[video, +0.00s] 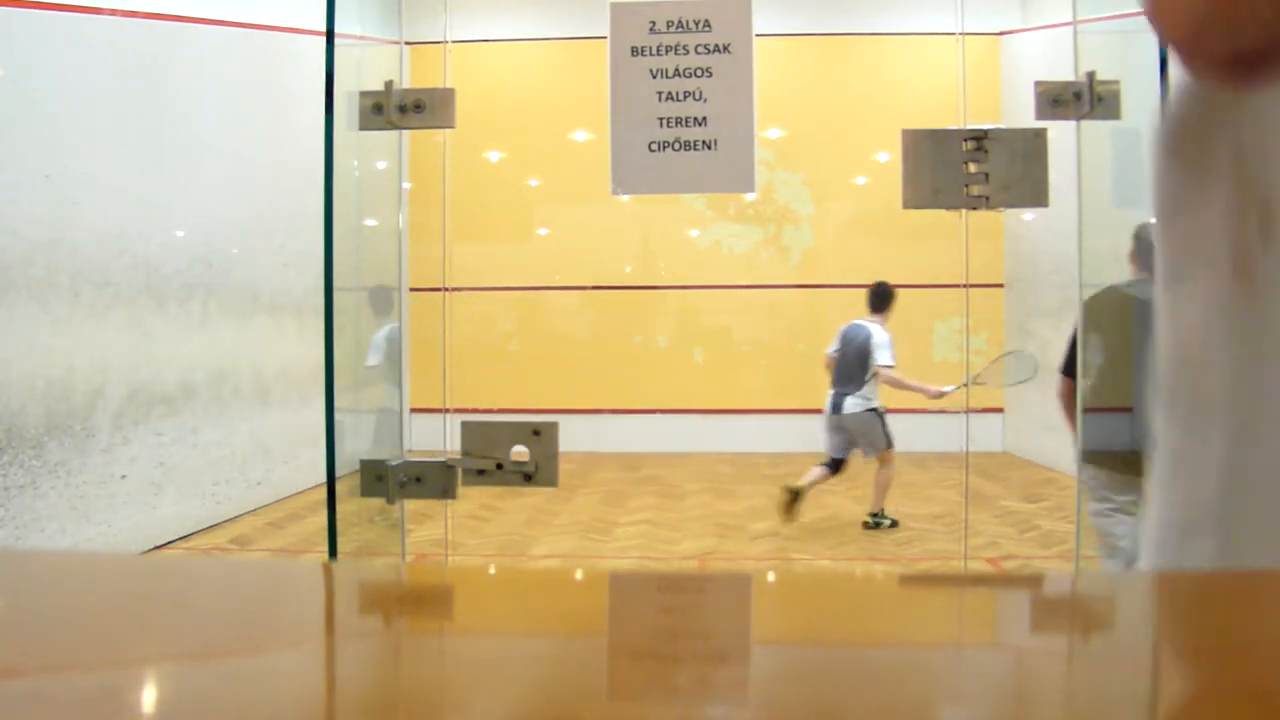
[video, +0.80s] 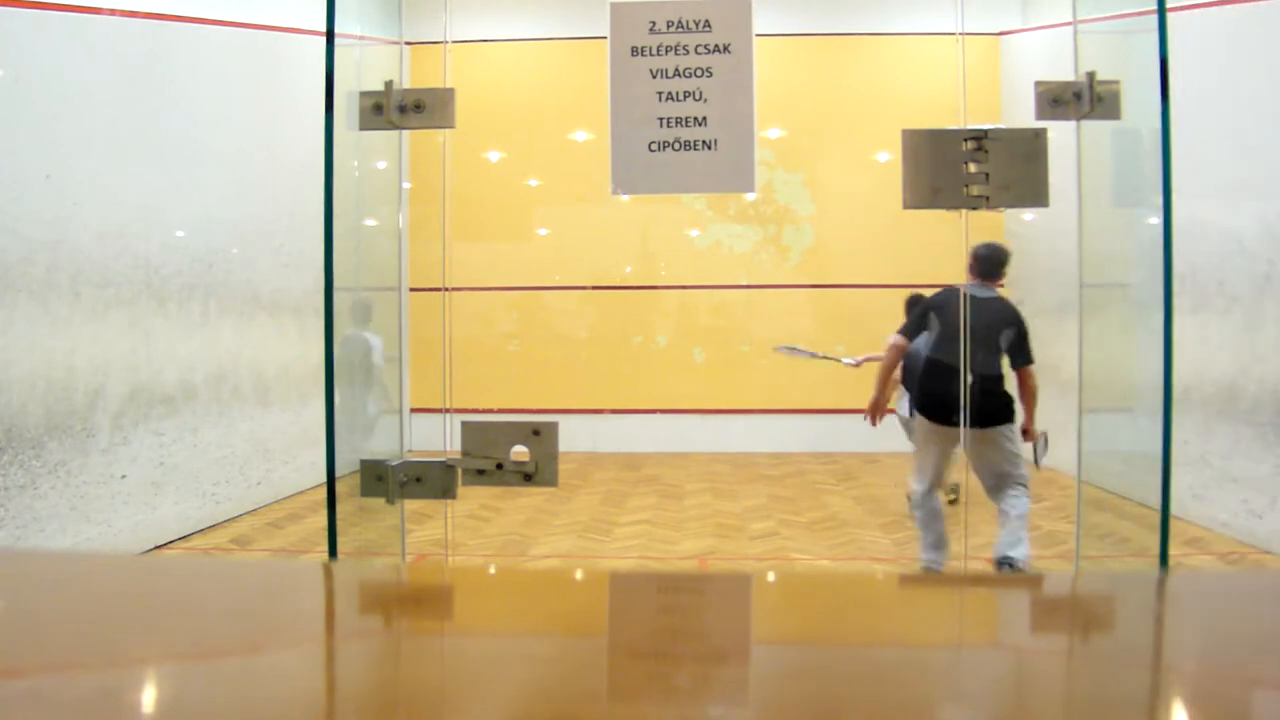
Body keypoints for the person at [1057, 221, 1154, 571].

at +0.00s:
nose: (1131, 257)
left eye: (1133, 252)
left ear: (1133, 257)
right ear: (1173, 259)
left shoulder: (1102, 306)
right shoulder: (1187, 305)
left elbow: (1067, 388)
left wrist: (1085, 440)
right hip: (1174, 452)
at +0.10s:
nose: (1113, 255)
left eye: (1115, 249)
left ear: (1116, 255)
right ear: (1158, 264)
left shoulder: (1084, 302)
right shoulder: (1165, 310)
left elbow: (1045, 373)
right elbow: (1178, 380)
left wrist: (1042, 431)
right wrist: (1170, 437)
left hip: (1085, 446)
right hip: (1144, 448)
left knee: (1078, 541)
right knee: (1115, 541)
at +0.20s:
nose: (1098, 250)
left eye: (1099, 243)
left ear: (1098, 247)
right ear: (1137, 256)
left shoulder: (1065, 294)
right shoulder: (1147, 308)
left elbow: (1021, 359)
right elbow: (1171, 376)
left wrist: (1004, 416)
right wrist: (1177, 434)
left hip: (1063, 437)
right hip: (1120, 442)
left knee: (1042, 518)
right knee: (1109, 539)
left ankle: (1062, 568)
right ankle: (1105, 619)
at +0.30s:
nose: (1110, 251)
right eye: (1117, 246)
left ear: (1082, 243)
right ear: (1118, 251)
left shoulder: (1047, 287)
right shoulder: (1125, 302)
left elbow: (999, 346)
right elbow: (1155, 373)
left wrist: (971, 402)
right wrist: (1168, 425)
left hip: (1041, 424)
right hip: (1099, 429)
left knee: (1012, 506)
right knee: (1104, 525)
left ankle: (1030, 583)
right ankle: (1105, 610)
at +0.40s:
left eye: (1062, 246)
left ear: (1062, 249)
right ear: (1096, 255)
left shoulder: (1026, 287)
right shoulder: (1102, 302)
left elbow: (979, 341)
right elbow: (1123, 366)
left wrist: (947, 393)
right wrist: (1130, 408)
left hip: (1016, 420)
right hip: (1076, 425)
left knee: (994, 506)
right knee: (1093, 514)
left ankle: (975, 595)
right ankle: (1098, 606)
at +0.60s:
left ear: (1009, 273)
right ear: (1043, 280)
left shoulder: (975, 311)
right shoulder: (1048, 324)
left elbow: (930, 360)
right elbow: (1064, 379)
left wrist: (901, 406)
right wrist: (1069, 414)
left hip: (973, 435)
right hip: (1025, 436)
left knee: (956, 498)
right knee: (1050, 511)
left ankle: (945, 570)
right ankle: (1066, 586)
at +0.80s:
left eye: (968, 264)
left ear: (969, 268)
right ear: (1002, 276)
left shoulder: (941, 301)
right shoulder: (1009, 313)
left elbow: (896, 346)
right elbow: (1025, 377)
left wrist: (880, 396)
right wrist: (1029, 421)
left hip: (935, 408)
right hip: (989, 410)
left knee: (924, 487)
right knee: (1011, 486)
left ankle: (932, 561)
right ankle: (1011, 555)